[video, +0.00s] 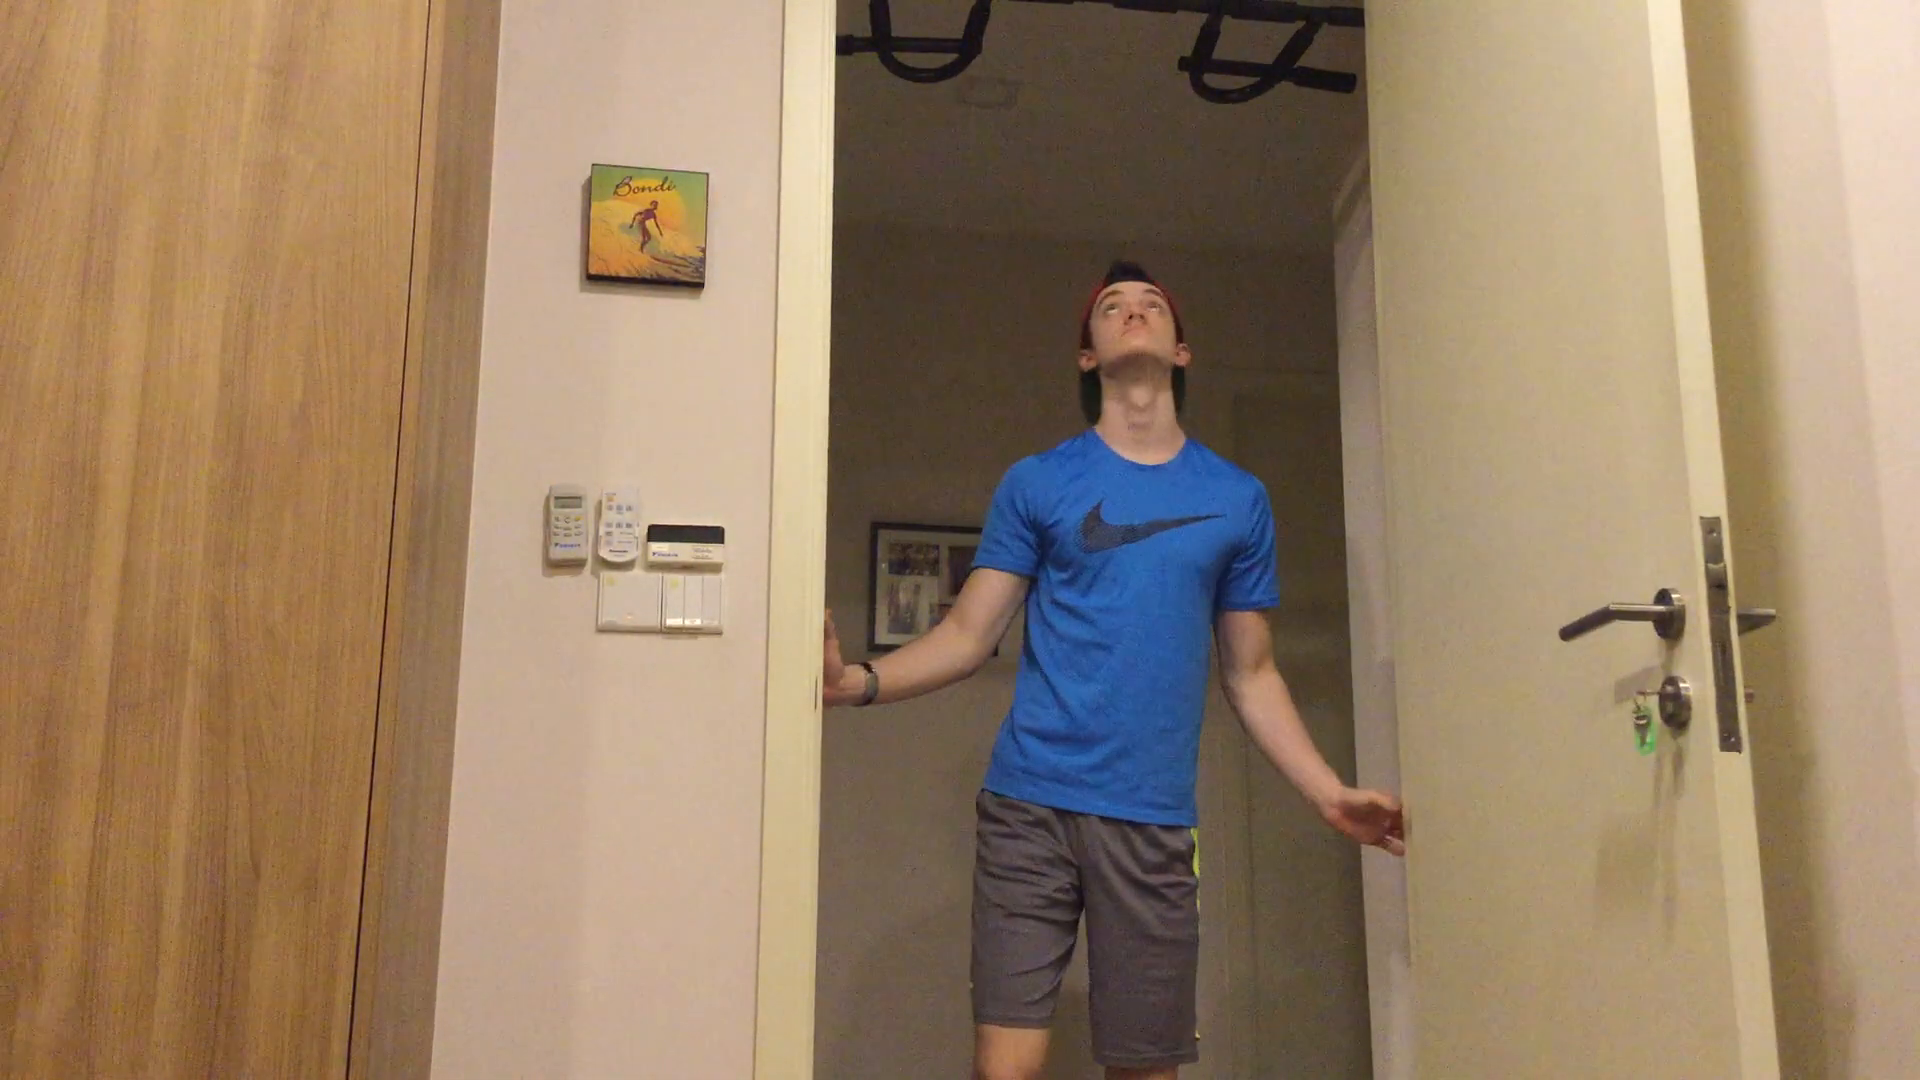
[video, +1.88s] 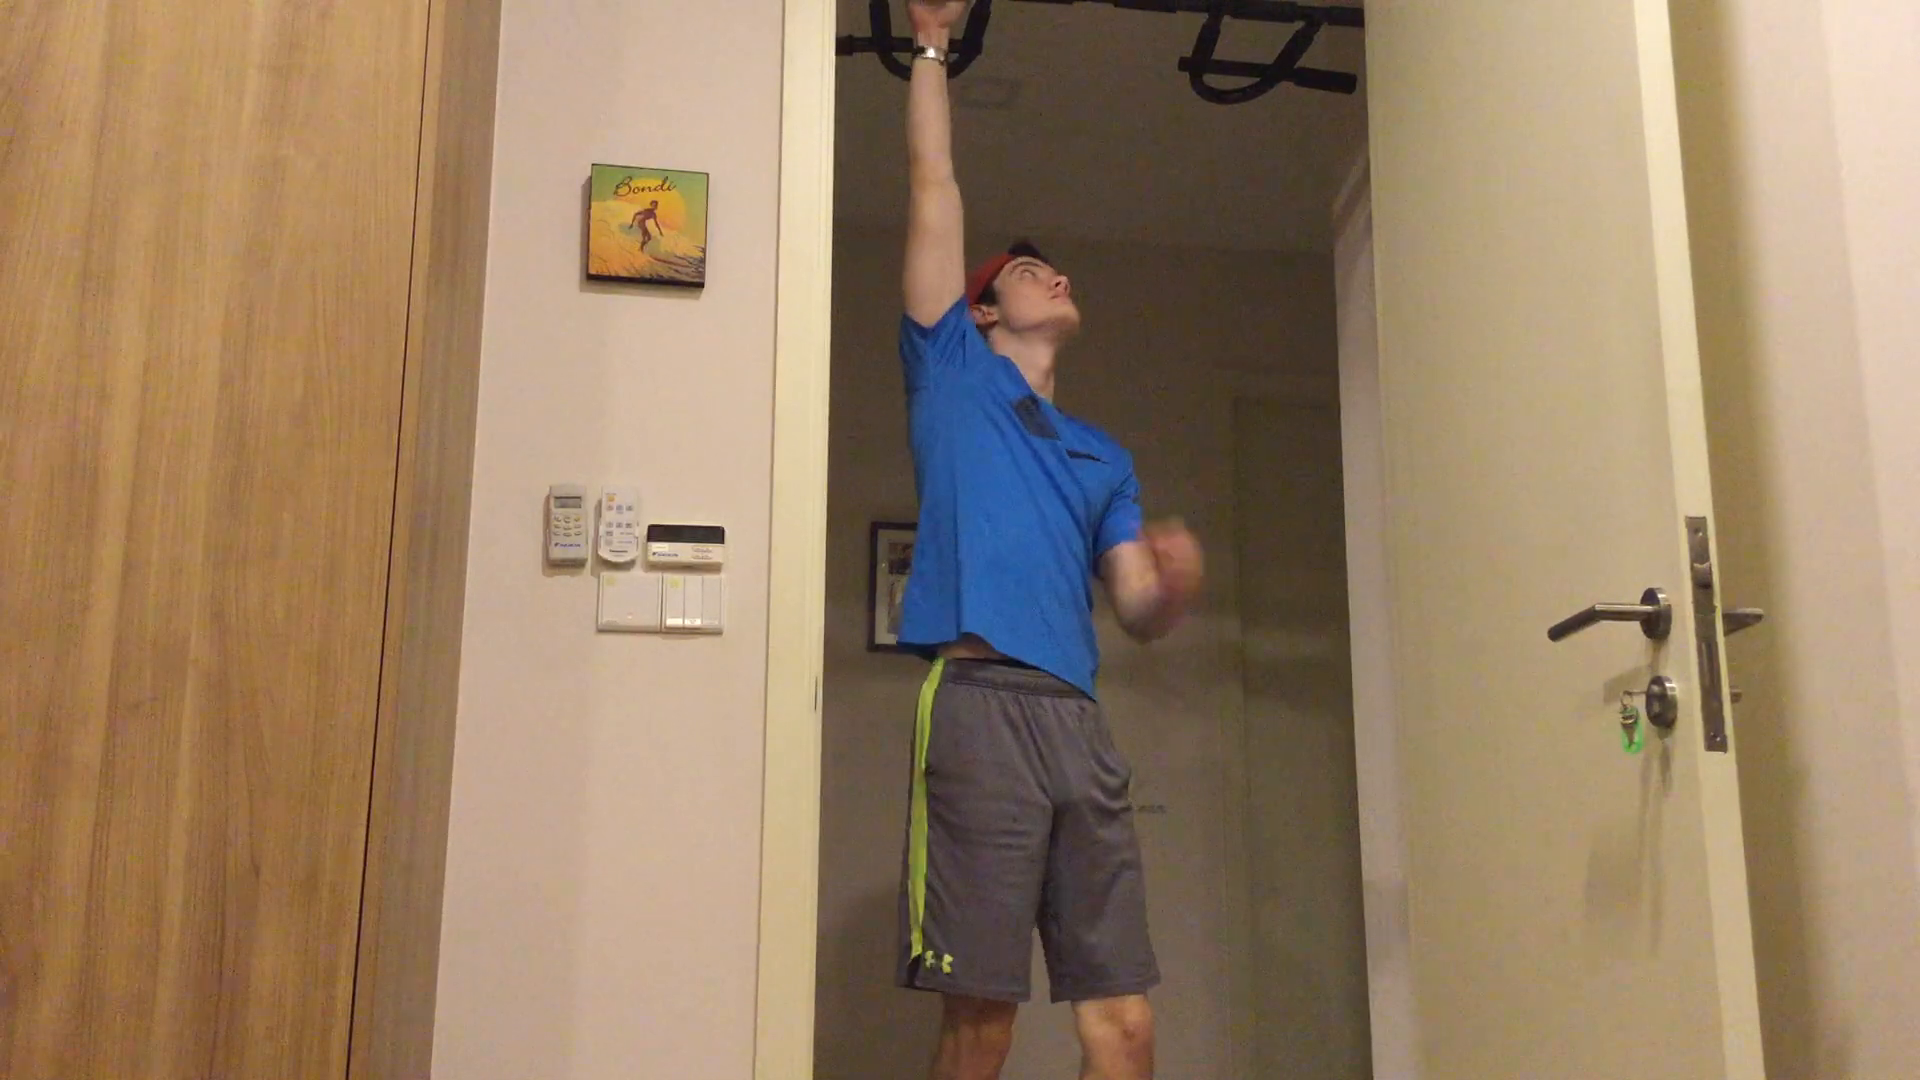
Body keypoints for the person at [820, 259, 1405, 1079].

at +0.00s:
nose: (1134, 309)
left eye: (1152, 306)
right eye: (1112, 307)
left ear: (1183, 353)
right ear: (1087, 356)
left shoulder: (1237, 498)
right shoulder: (1038, 481)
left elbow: (1251, 669)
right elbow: (965, 633)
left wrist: (1331, 795)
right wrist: (854, 680)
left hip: (1153, 821)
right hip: (1027, 806)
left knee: (1148, 1067)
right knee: (1008, 1064)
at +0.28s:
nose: (1132, 314)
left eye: (1151, 313)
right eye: (1113, 317)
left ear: (1189, 364)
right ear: (1096, 375)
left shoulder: (1244, 500)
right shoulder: (1045, 487)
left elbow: (1253, 671)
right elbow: (989, 642)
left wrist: (1334, 785)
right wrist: (916, 599)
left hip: (1160, 815)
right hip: (1036, 802)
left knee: (1151, 1062)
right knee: (1023, 1056)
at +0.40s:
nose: (1126, 318)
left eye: (1147, 315)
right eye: (1110, 321)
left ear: (1186, 365)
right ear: (1096, 382)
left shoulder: (1243, 499)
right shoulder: (1048, 479)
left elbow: (1257, 669)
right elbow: (943, 587)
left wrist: (1337, 784)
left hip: (1167, 814)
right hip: (1042, 802)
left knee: (1156, 1063)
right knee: (1035, 1057)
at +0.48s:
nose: (1127, 321)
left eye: (1149, 319)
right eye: (1112, 324)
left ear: (1188, 368)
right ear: (1097, 382)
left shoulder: (1243, 503)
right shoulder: (1050, 467)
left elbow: (1256, 672)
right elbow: (913, 501)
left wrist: (1341, 792)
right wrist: (917, 358)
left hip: (1169, 812)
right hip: (1046, 797)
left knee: (1156, 1063)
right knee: (1046, 1055)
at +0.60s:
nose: (1118, 324)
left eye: (1140, 321)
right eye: (1106, 327)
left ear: (1184, 371)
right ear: (1093, 381)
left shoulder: (1235, 508)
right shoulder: (1049, 452)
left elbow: (1247, 676)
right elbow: (913, 379)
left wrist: (1337, 788)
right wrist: (927, 226)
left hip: (1168, 801)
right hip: (1050, 783)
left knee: (1158, 1061)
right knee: (1064, 1048)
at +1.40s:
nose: (1041, 289)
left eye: (1059, 288)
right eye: (1027, 291)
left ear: (1093, 343)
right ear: (1002, 339)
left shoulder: (1139, 468)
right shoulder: (968, 392)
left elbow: (1171, 626)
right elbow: (930, 222)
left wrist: (1245, 705)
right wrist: (924, 74)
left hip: (1102, 742)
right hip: (987, 728)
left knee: (1119, 1043)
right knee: (996, 1040)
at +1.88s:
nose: (1054, 277)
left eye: (1058, 273)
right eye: (1028, 272)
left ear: (1069, 322)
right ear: (986, 308)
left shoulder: (1102, 456)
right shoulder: (950, 364)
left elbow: (1140, 613)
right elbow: (930, 187)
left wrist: (1170, 591)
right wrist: (930, 46)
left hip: (1077, 716)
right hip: (977, 700)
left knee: (1122, 1012)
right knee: (983, 1009)